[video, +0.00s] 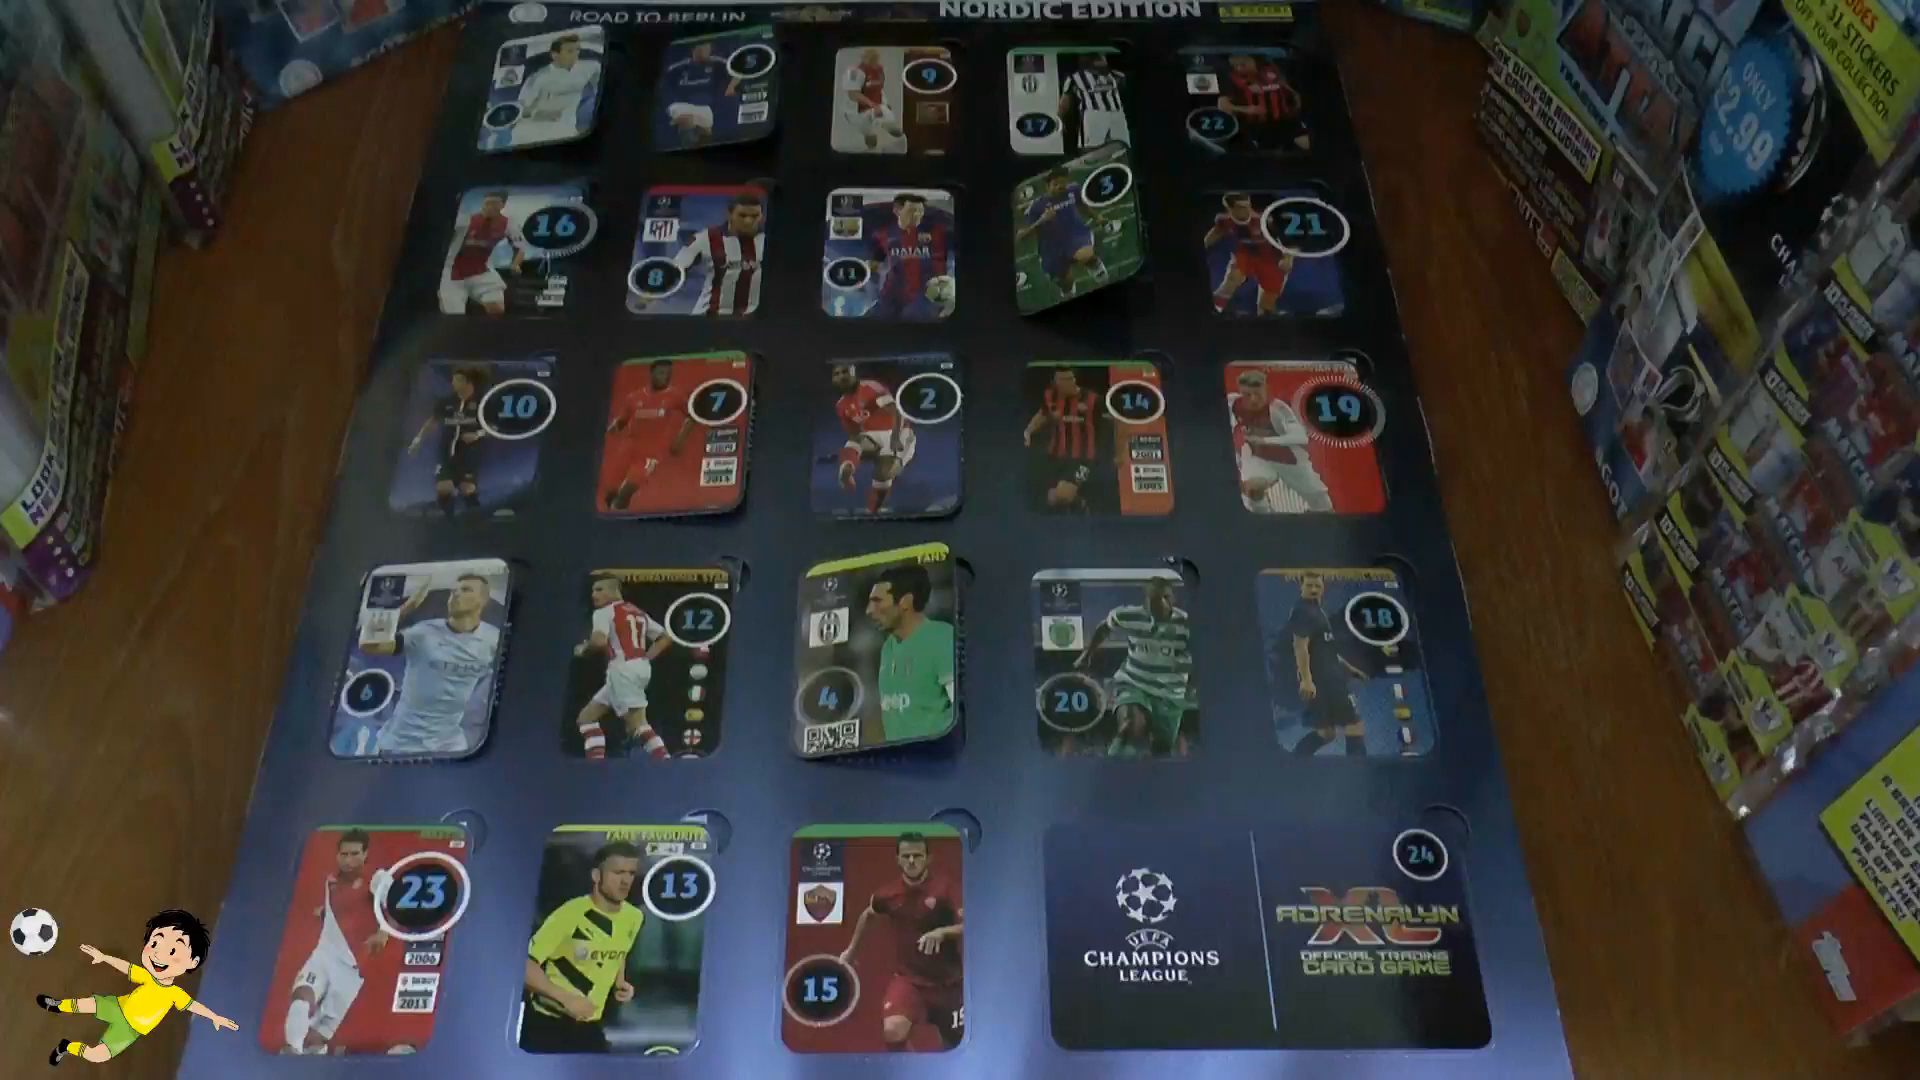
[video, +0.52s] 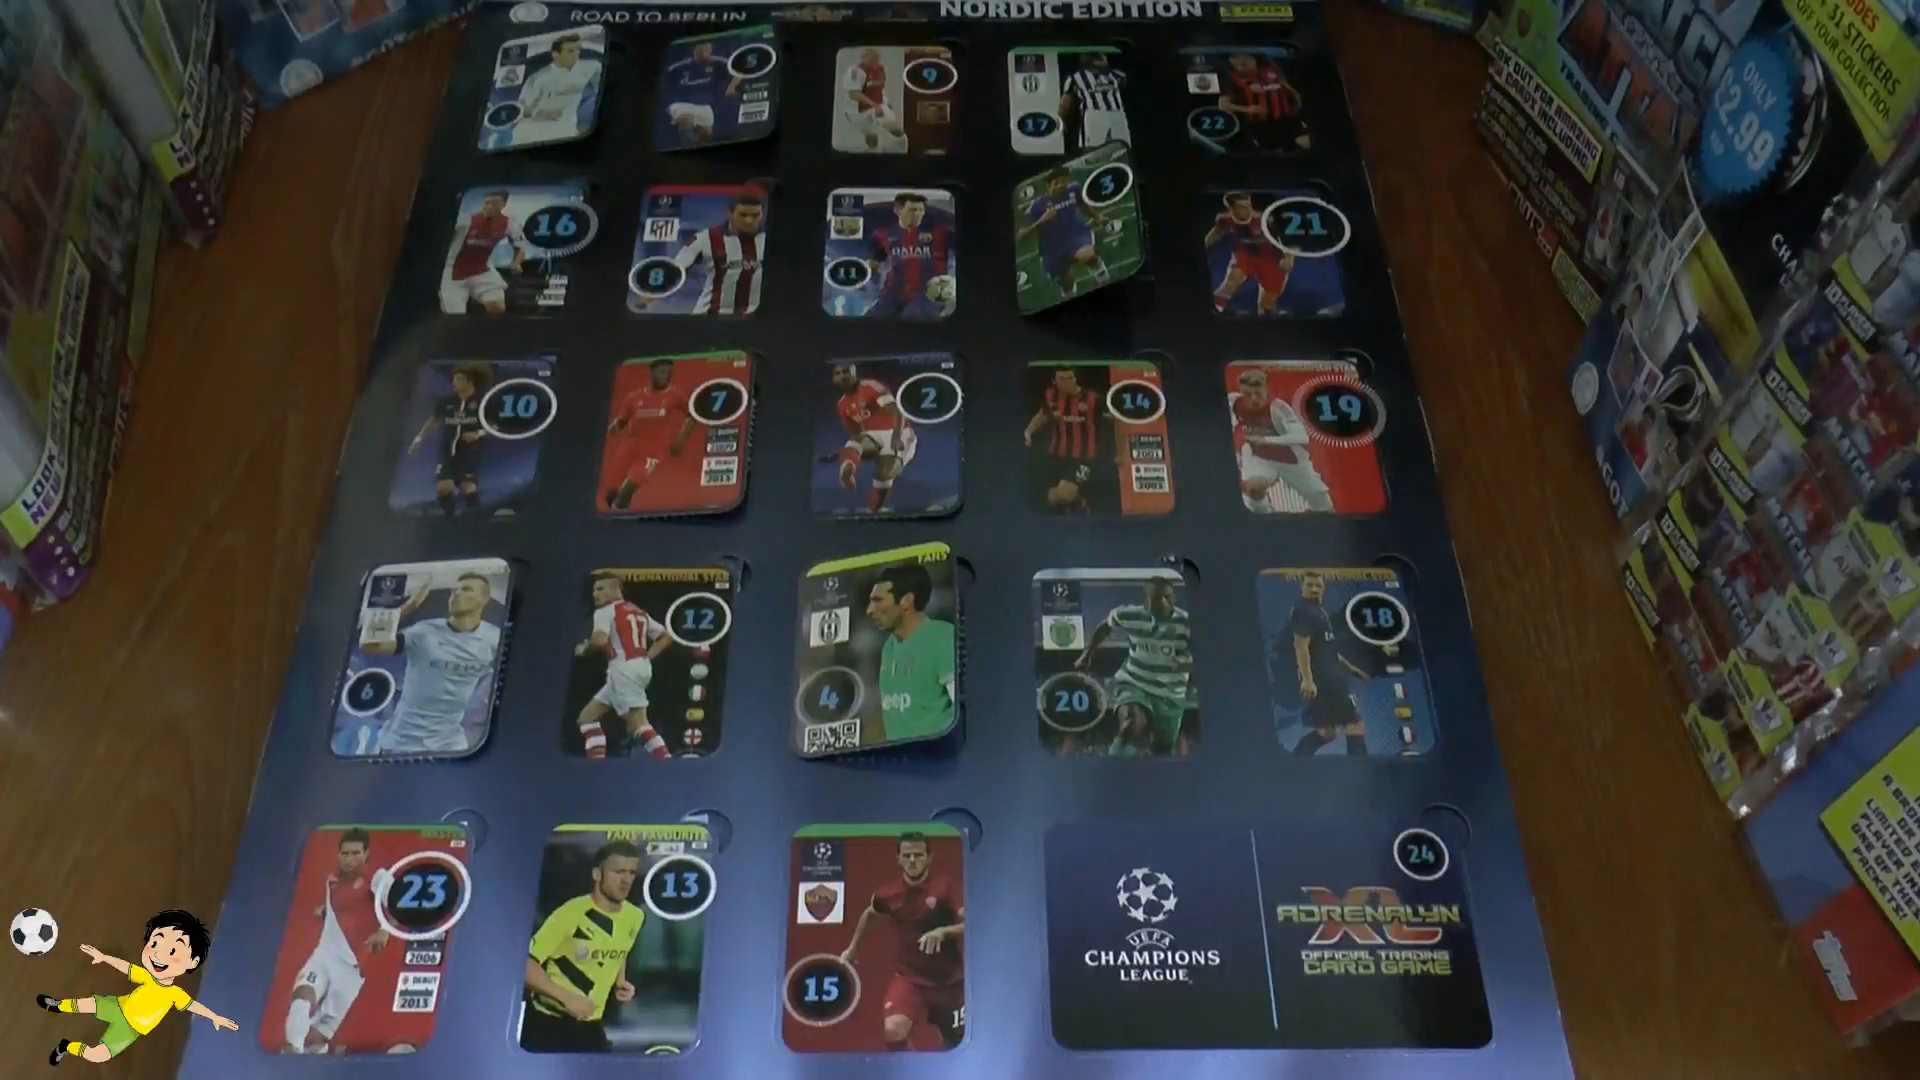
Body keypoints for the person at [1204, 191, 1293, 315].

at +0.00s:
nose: (1245, 211)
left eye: (1247, 207)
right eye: (1241, 207)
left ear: (1250, 206)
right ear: (1230, 208)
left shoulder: (1264, 220)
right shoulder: (1224, 221)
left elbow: (1285, 239)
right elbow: (1207, 243)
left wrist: (1287, 258)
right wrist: (1218, 231)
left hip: (1268, 257)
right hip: (1242, 255)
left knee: (1266, 306)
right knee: (1231, 282)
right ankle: (1213, 312)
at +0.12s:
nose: (1245, 211)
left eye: (1247, 207)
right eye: (1241, 207)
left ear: (1250, 206)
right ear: (1230, 209)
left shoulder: (1264, 220)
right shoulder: (1224, 222)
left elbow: (1285, 239)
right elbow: (1207, 242)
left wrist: (1287, 257)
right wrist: (1218, 231)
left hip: (1269, 257)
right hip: (1243, 255)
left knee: (1266, 305)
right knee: (1231, 282)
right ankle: (1213, 312)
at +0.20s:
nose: (1245, 211)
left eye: (1247, 207)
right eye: (1241, 207)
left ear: (1250, 207)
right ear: (1230, 209)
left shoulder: (1264, 220)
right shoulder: (1224, 221)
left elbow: (1285, 239)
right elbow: (1207, 242)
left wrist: (1287, 257)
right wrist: (1219, 231)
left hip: (1269, 257)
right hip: (1243, 254)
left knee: (1266, 305)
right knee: (1232, 281)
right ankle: (1214, 311)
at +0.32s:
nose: (1245, 211)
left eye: (1247, 207)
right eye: (1241, 207)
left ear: (1251, 206)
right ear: (1230, 209)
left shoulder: (1264, 220)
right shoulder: (1224, 221)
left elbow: (1284, 238)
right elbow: (1208, 242)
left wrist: (1287, 257)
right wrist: (1220, 231)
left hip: (1269, 257)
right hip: (1243, 255)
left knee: (1266, 305)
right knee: (1231, 283)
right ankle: (1213, 312)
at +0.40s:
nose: (1246, 211)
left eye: (1248, 207)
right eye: (1241, 207)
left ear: (1251, 206)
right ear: (1230, 209)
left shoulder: (1265, 220)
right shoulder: (1224, 221)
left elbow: (1285, 239)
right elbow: (1207, 243)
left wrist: (1288, 257)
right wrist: (1219, 231)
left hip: (1270, 258)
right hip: (1243, 255)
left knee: (1266, 306)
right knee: (1231, 283)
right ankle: (1214, 312)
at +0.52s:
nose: (1246, 211)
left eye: (1248, 206)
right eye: (1241, 207)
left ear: (1251, 206)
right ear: (1231, 208)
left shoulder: (1265, 220)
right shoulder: (1224, 220)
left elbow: (1286, 238)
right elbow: (1208, 243)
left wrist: (1288, 257)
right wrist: (1219, 230)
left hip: (1270, 258)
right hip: (1243, 255)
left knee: (1267, 305)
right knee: (1230, 284)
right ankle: (1213, 315)